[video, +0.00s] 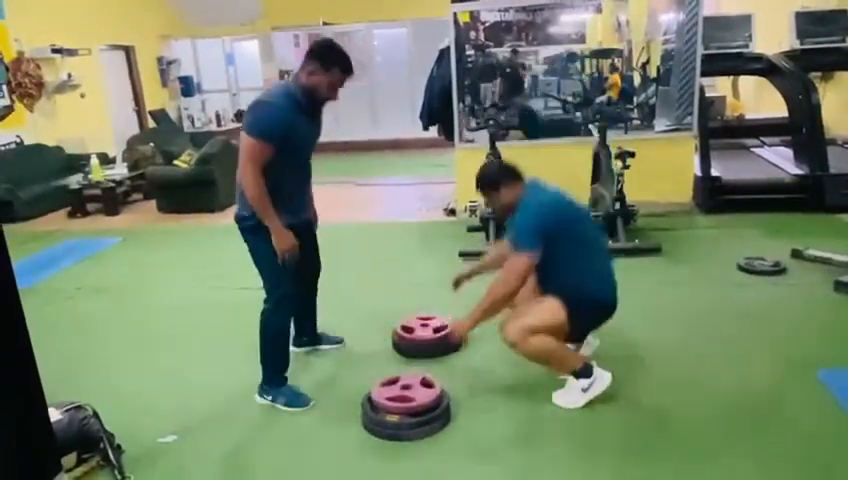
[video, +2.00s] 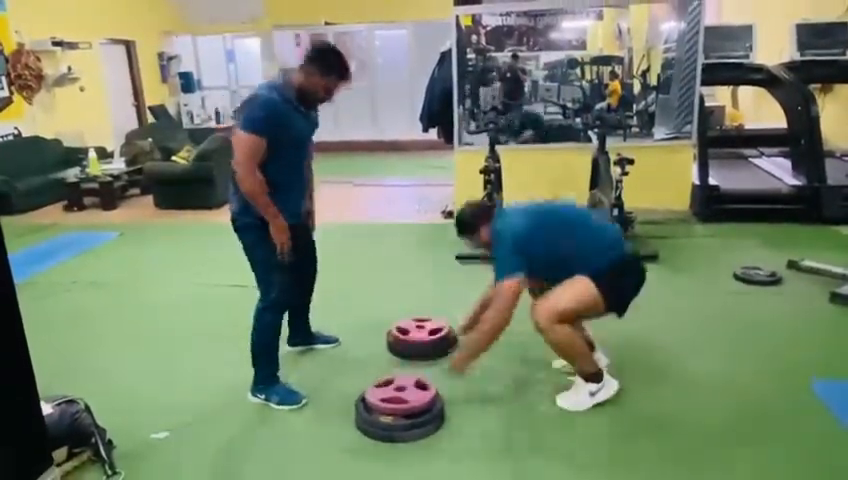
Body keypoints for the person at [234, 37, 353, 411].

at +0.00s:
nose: (337, 93)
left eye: (340, 85)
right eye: (336, 84)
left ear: (318, 74)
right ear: (313, 72)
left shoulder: (310, 106)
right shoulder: (271, 109)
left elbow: (295, 165)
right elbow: (248, 174)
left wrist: (305, 209)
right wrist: (275, 228)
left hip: (298, 214)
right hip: (263, 219)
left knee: (307, 273)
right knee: (282, 293)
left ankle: (305, 335)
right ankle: (272, 384)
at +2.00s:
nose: (331, 95)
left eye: (335, 88)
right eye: (329, 87)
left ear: (320, 79)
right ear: (310, 73)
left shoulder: (305, 106)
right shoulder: (264, 106)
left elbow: (304, 162)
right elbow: (244, 170)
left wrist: (308, 205)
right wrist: (274, 220)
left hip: (293, 211)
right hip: (257, 216)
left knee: (304, 270)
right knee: (276, 293)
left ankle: (300, 333)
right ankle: (264, 382)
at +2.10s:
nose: (350, 127)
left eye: (354, 122)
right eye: (350, 119)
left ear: (337, 108)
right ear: (336, 107)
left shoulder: (318, 128)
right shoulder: (284, 126)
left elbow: (310, 183)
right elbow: (263, 196)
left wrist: (313, 231)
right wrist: (287, 243)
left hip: (284, 212)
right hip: (249, 220)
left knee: (312, 266)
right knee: (281, 295)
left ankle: (300, 332)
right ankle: (264, 382)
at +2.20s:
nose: (363, 172)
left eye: (366, 167)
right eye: (363, 165)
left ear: (350, 151)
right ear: (350, 153)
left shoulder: (325, 169)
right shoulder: (303, 170)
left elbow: (321, 216)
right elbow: (286, 233)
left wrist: (326, 258)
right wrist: (300, 273)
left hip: (278, 232)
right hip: (246, 242)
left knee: (323, 272)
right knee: (294, 302)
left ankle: (303, 333)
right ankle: (264, 385)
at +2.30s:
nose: (368, 214)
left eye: (373, 208)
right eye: (369, 206)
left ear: (355, 189)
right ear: (356, 192)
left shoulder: (335, 206)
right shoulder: (313, 212)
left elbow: (345, 248)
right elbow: (312, 280)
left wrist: (358, 285)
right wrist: (339, 307)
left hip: (277, 261)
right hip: (249, 272)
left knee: (337, 278)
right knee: (304, 315)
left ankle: (307, 334)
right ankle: (266, 385)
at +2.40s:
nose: (380, 242)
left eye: (383, 237)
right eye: (379, 235)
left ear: (365, 218)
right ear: (365, 223)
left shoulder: (347, 225)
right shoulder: (322, 236)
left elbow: (365, 263)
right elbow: (334, 308)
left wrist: (396, 297)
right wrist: (379, 335)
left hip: (289, 287)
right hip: (259, 298)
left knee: (349, 284)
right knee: (309, 324)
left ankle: (313, 333)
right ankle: (268, 385)